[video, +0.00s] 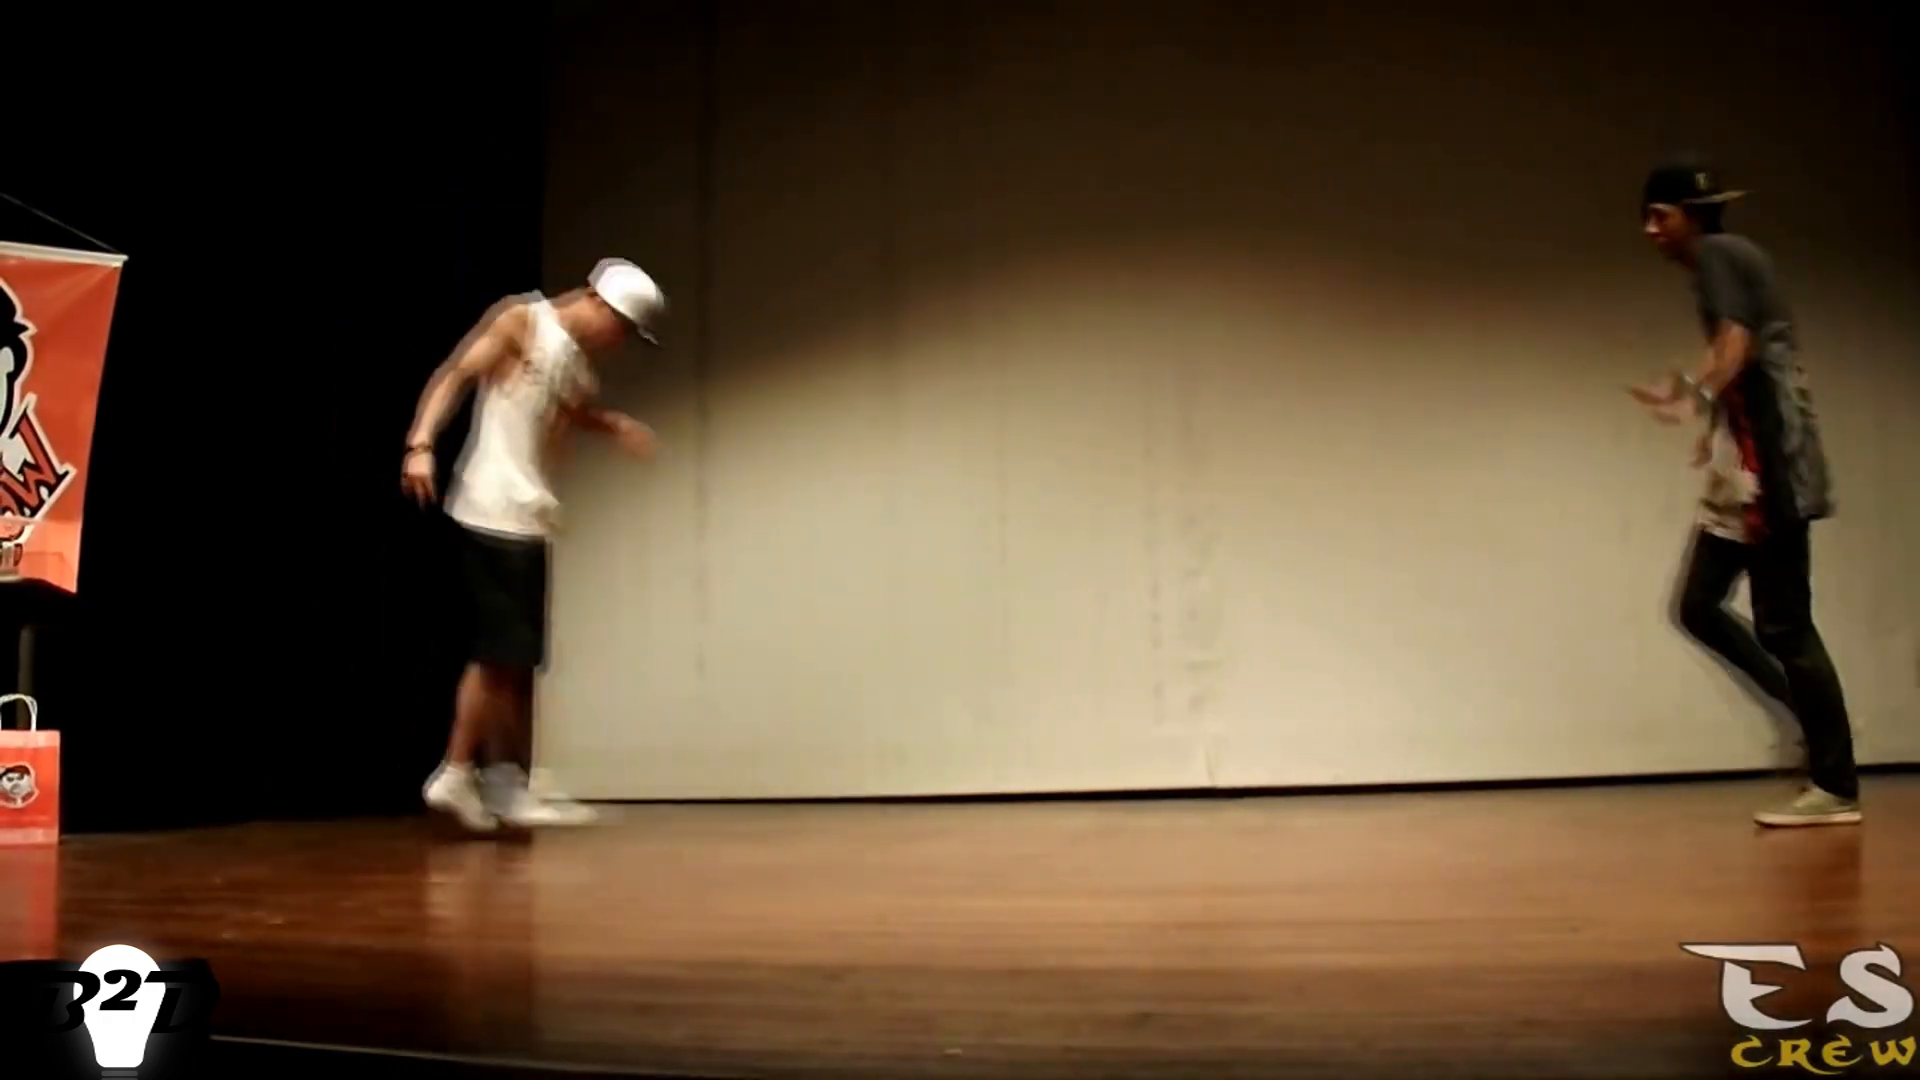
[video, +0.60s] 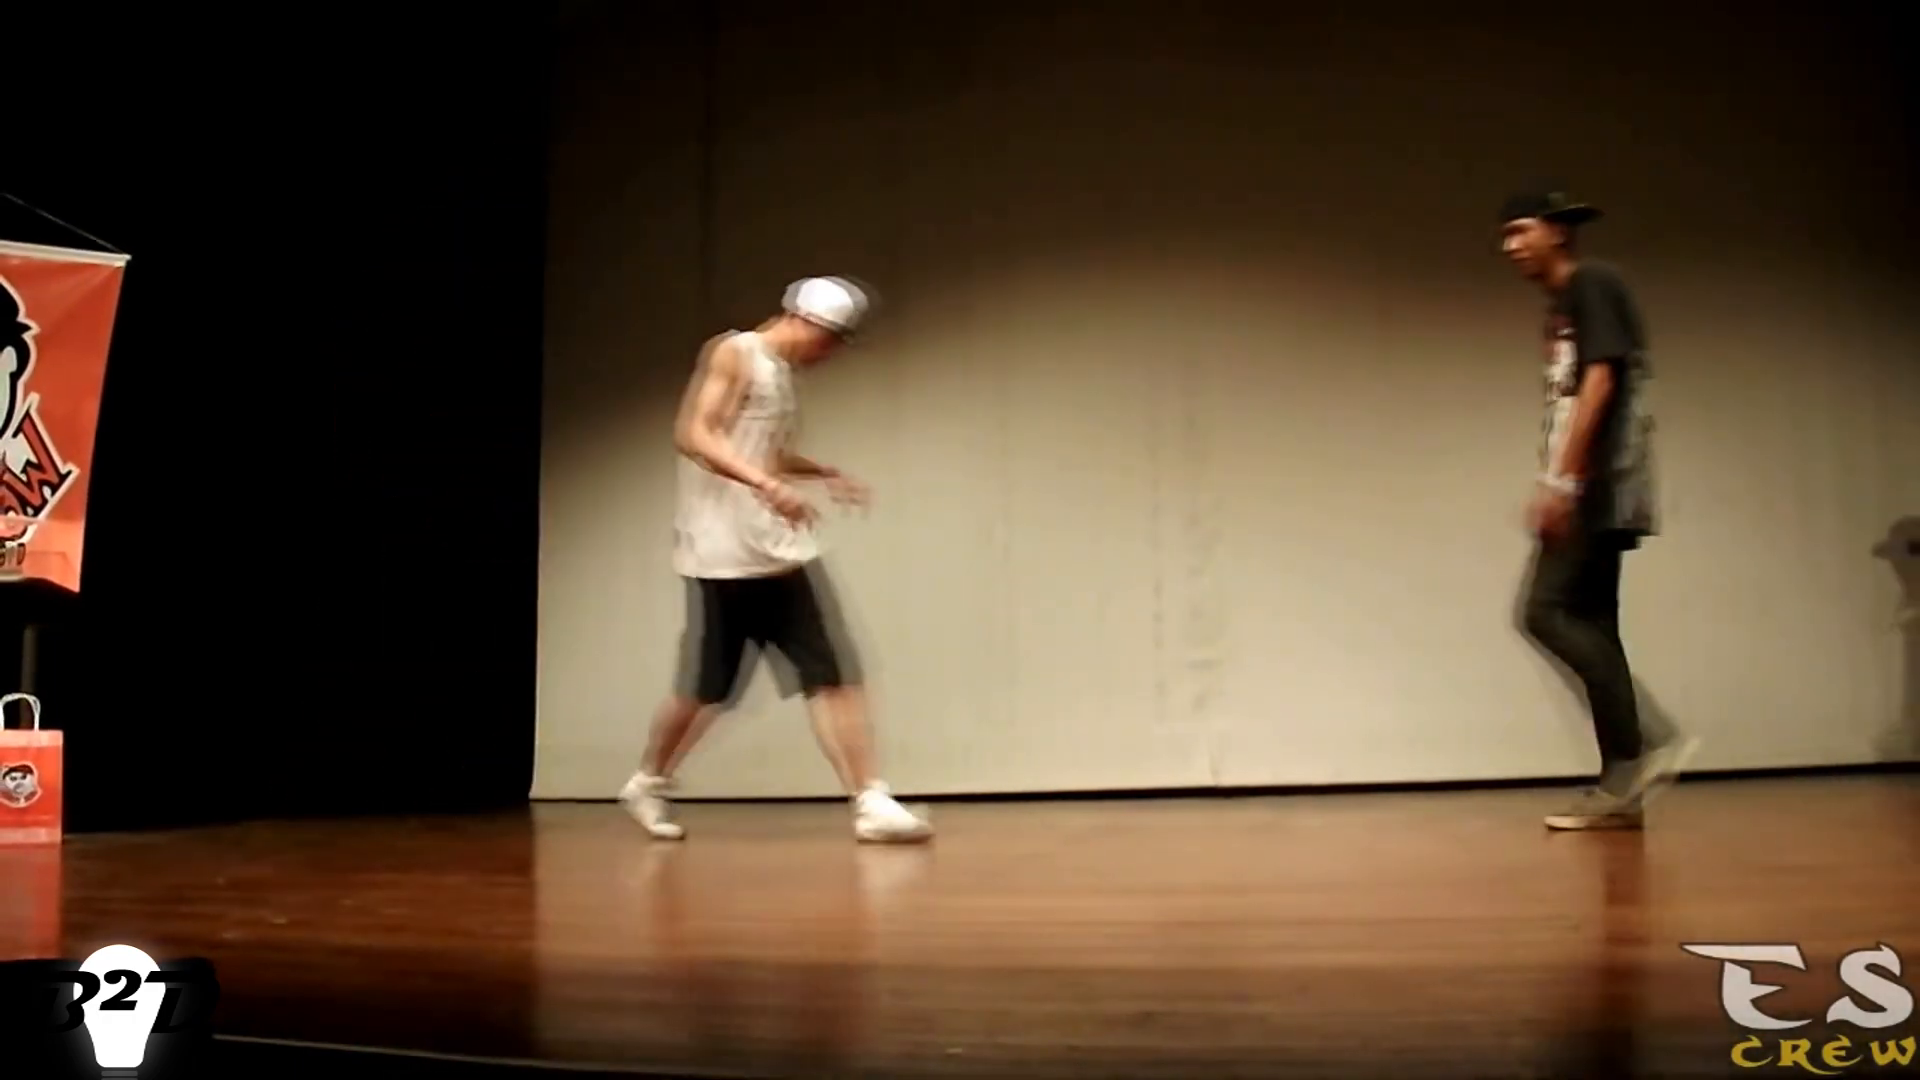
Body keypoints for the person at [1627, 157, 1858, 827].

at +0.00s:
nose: (1652, 233)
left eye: (1658, 218)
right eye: (1649, 220)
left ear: (1688, 215)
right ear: (1693, 217)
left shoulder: (1719, 255)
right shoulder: (1724, 260)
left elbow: (1735, 344)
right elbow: (1745, 357)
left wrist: (1691, 396)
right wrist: (1689, 396)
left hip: (1772, 483)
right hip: (1748, 483)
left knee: (1786, 630)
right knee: (1697, 608)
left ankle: (1837, 787)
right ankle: (1811, 720)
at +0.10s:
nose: (1633, 230)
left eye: (1642, 217)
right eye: (1631, 219)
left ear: (1675, 216)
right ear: (1677, 219)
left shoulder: (1691, 255)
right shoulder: (1718, 263)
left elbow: (1706, 324)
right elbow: (1738, 372)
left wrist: (1639, 359)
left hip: (1746, 487)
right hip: (1739, 488)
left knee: (1780, 630)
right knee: (1669, 613)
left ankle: (1836, 786)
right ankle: (1730, 750)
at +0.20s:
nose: (1609, 237)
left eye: (1620, 224)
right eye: (1608, 226)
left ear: (1655, 226)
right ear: (1641, 233)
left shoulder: (1678, 268)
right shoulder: (1666, 281)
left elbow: (1679, 337)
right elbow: (1671, 355)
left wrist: (1606, 374)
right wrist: (1599, 373)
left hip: (1729, 493)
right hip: (1707, 496)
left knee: (1767, 634)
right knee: (1663, 631)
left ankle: (1835, 784)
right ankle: (1638, 784)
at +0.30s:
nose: (1585, 242)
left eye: (1597, 229)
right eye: (1582, 232)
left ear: (1632, 233)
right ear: (1601, 241)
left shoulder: (1660, 286)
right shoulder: (1641, 298)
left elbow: (1657, 363)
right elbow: (1670, 405)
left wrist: (1588, 421)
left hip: (1703, 503)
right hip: (1672, 506)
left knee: (1737, 634)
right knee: (1632, 633)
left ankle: (1831, 778)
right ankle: (1623, 794)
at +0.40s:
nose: (1559, 249)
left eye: (1570, 236)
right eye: (1557, 238)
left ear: (1605, 239)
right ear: (1579, 245)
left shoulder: (1632, 290)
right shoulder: (1614, 300)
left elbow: (1627, 385)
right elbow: (1642, 408)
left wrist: (1596, 477)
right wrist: (1615, 497)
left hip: (1657, 502)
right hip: (1627, 504)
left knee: (1667, 635)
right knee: (1599, 638)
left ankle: (1800, 754)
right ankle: (1619, 793)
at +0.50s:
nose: (1534, 243)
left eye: (1546, 231)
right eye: (1532, 233)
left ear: (1582, 236)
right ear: (1558, 244)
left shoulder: (1613, 289)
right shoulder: (1592, 300)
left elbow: (1611, 395)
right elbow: (1602, 404)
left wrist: (1602, 492)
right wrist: (1593, 496)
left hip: (1616, 497)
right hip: (1600, 499)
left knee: (1594, 630)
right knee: (1595, 634)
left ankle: (1733, 725)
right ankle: (1620, 790)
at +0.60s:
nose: (1511, 246)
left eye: (1521, 232)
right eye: (1508, 236)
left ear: (1558, 233)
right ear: (1534, 242)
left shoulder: (1592, 287)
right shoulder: (1563, 303)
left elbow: (1598, 384)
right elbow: (1577, 399)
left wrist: (1563, 481)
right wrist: (1562, 486)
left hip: (1600, 497)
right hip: (1593, 498)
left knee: (1543, 612)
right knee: (1594, 630)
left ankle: (1654, 736)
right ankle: (1621, 782)